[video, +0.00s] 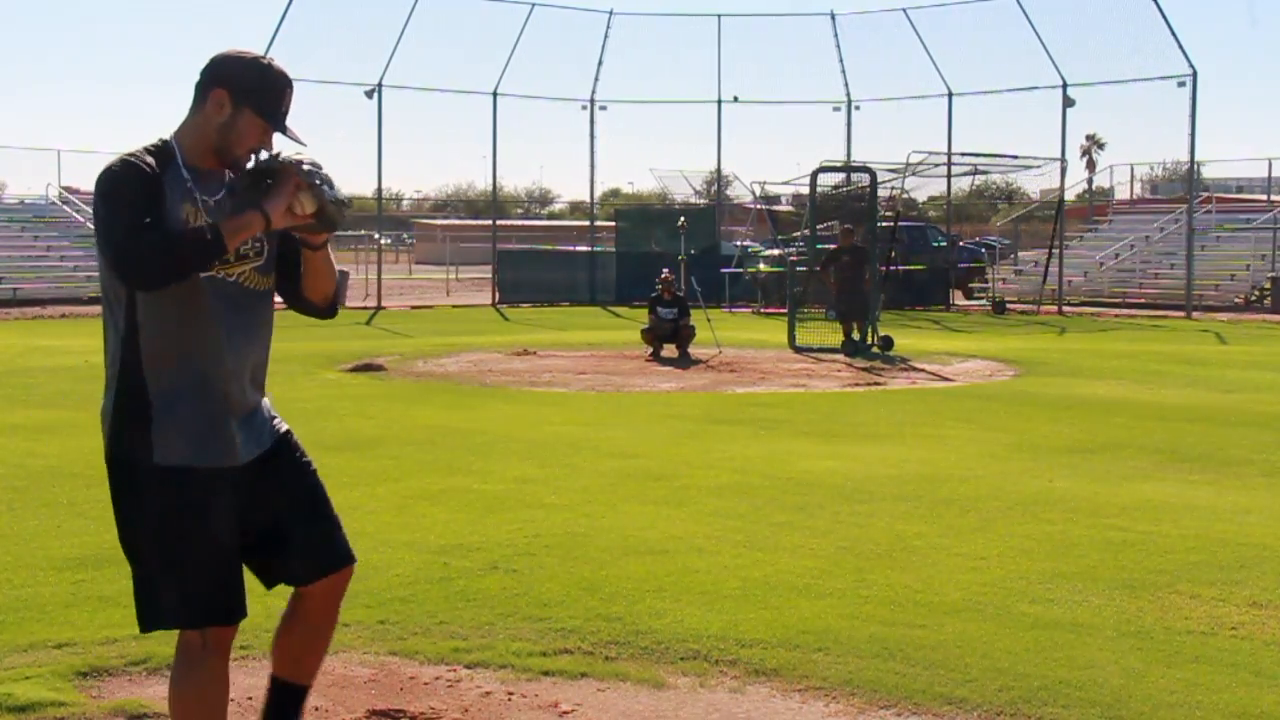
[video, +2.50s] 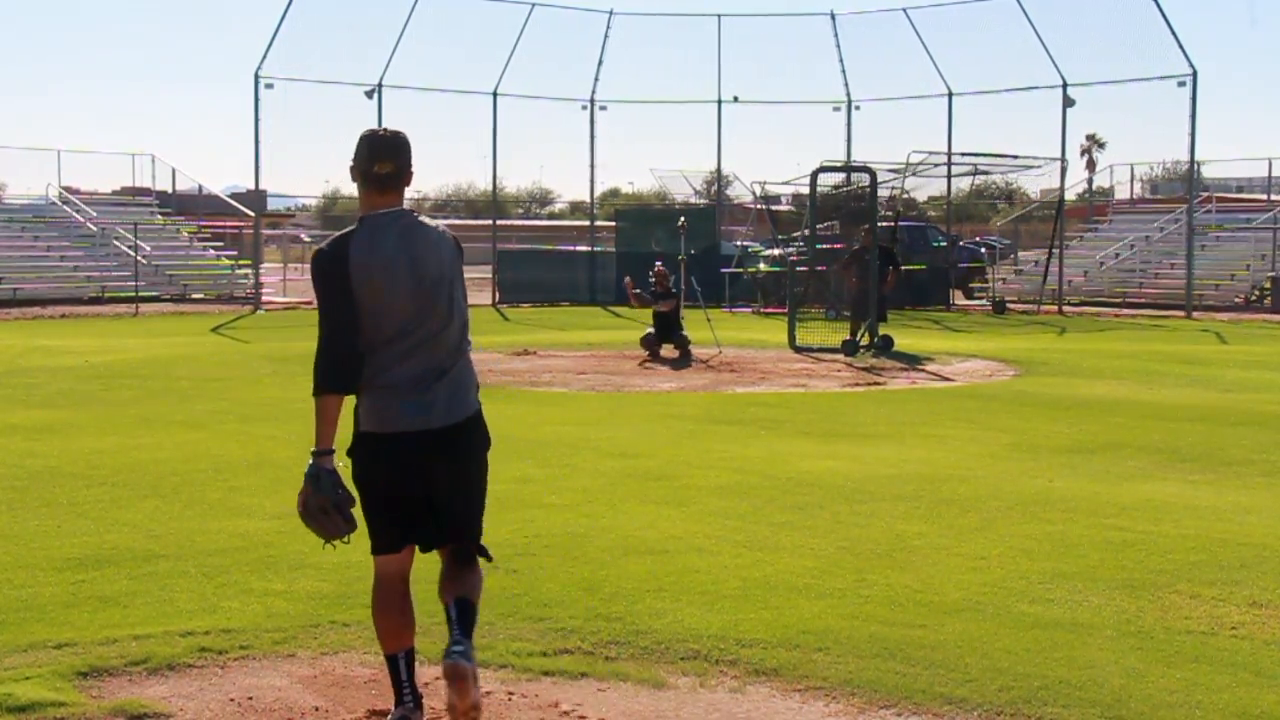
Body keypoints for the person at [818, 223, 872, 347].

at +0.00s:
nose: (845, 239)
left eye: (848, 236)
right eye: (843, 236)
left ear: (853, 237)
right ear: (840, 237)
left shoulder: (861, 251)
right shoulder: (835, 252)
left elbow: (871, 267)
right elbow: (823, 269)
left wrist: (868, 280)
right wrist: (830, 284)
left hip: (859, 287)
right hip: (842, 288)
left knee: (861, 317)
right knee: (845, 318)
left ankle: (862, 340)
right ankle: (848, 341)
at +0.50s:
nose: (855, 238)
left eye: (857, 235)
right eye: (853, 235)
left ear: (861, 236)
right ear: (848, 236)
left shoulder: (867, 251)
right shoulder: (843, 252)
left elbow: (880, 265)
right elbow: (830, 268)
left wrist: (874, 282)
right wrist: (835, 284)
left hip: (864, 288)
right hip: (848, 288)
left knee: (868, 317)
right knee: (848, 317)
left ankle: (871, 344)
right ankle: (849, 342)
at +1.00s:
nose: (867, 238)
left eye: (869, 235)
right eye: (864, 235)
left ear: (873, 236)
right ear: (860, 236)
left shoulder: (882, 251)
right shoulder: (856, 252)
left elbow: (893, 267)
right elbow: (843, 267)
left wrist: (889, 283)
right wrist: (851, 280)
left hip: (877, 288)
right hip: (860, 287)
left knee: (875, 316)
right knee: (856, 316)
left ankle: (873, 342)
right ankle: (850, 340)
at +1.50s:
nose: (867, 238)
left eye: (869, 235)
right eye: (864, 235)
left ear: (874, 236)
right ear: (861, 237)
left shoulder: (884, 251)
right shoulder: (857, 252)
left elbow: (895, 267)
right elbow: (844, 268)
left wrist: (889, 283)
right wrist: (851, 280)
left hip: (878, 288)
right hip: (862, 288)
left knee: (876, 316)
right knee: (858, 316)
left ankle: (873, 341)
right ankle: (852, 340)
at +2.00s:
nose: (865, 239)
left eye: (868, 236)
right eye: (863, 236)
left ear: (873, 237)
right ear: (860, 237)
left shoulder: (883, 252)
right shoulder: (855, 252)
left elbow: (894, 268)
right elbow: (843, 268)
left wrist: (888, 284)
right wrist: (850, 281)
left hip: (877, 289)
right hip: (860, 288)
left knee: (874, 316)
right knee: (856, 316)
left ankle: (872, 341)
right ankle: (852, 340)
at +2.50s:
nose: (866, 239)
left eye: (869, 236)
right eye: (865, 236)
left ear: (875, 237)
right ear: (862, 237)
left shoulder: (886, 252)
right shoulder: (857, 252)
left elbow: (896, 268)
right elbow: (845, 267)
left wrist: (889, 284)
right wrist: (850, 281)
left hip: (878, 289)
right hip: (861, 288)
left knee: (875, 316)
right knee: (856, 316)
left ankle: (873, 341)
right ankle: (852, 340)